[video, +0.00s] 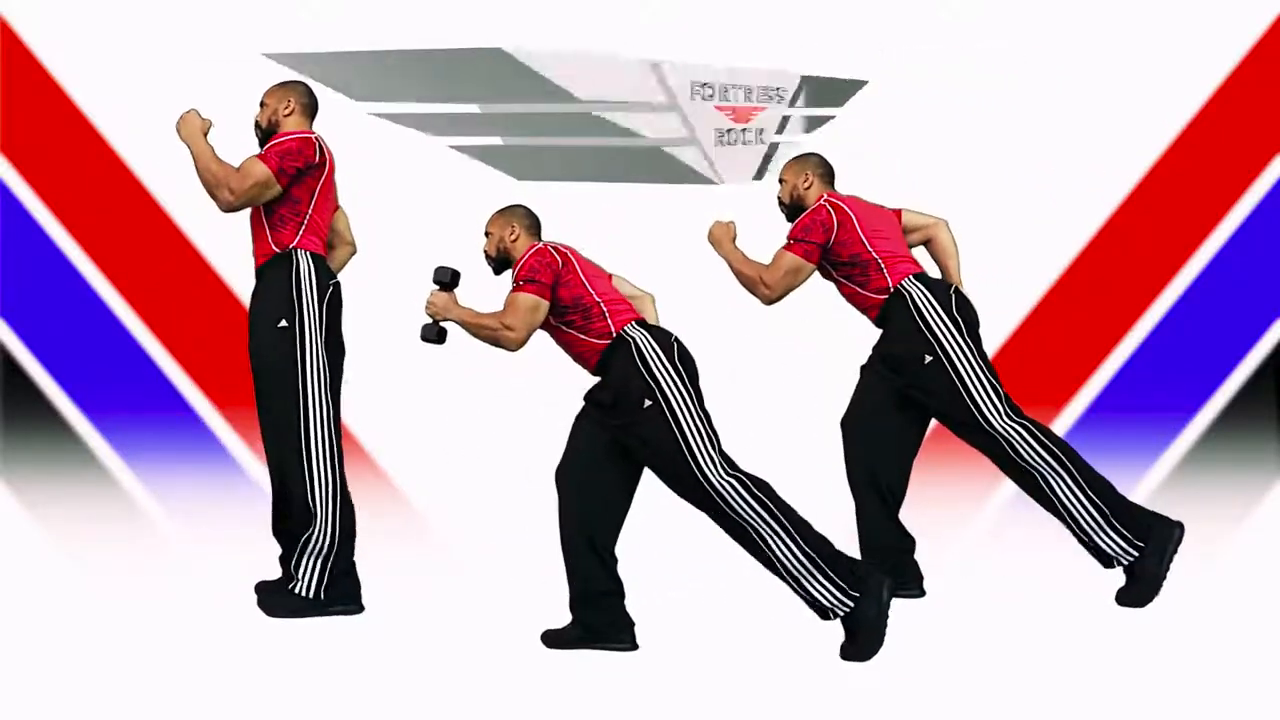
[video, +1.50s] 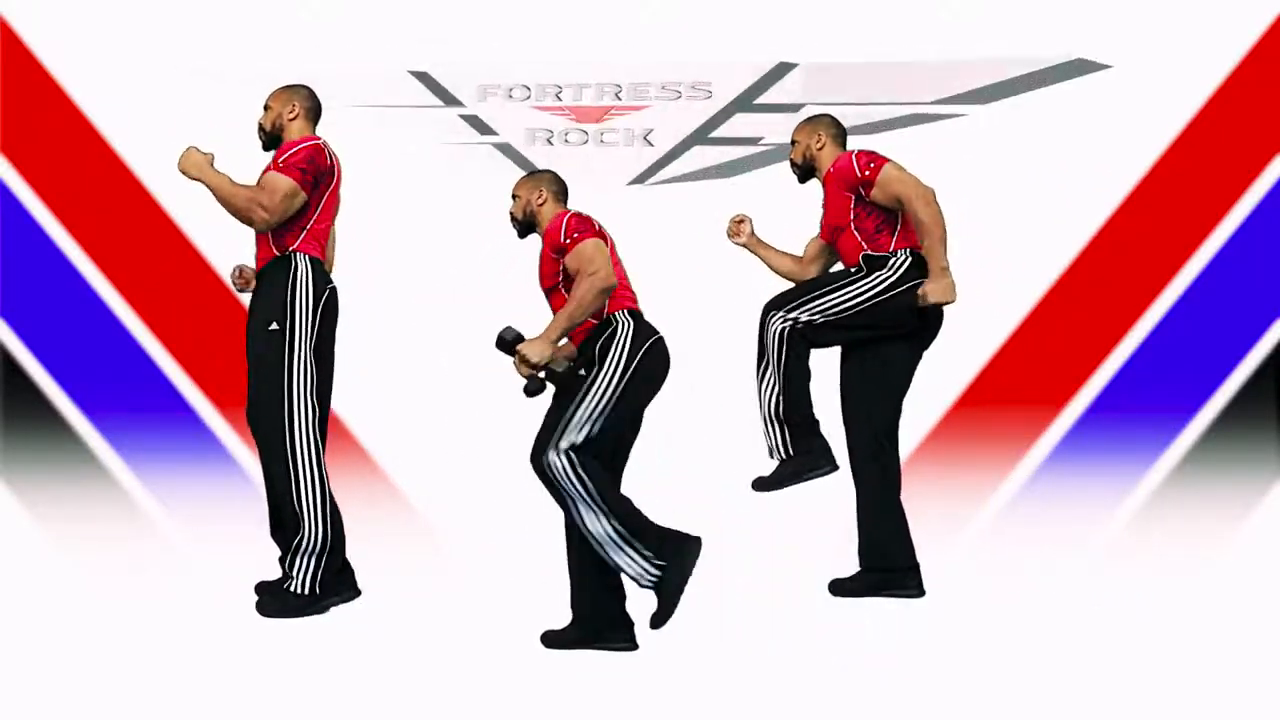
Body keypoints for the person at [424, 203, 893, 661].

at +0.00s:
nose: (484, 246)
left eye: (489, 235)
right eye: (485, 238)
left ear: (515, 231)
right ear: (525, 236)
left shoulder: (540, 258)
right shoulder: (562, 264)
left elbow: (512, 332)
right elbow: (641, 303)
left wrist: (454, 312)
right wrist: (651, 367)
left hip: (644, 360)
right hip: (621, 376)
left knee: (713, 482)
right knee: (581, 485)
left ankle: (851, 594)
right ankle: (602, 623)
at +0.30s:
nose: (484, 251)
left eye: (490, 241)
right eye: (485, 244)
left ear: (517, 237)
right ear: (525, 241)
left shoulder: (536, 269)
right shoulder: (563, 270)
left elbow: (509, 345)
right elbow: (643, 301)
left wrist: (450, 320)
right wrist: (661, 369)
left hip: (647, 365)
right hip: (624, 381)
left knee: (728, 486)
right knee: (582, 486)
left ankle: (866, 598)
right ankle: (601, 623)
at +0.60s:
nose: (483, 252)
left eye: (488, 242)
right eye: (483, 245)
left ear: (515, 238)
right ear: (522, 242)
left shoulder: (537, 270)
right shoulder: (562, 272)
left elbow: (511, 350)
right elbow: (643, 302)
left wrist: (448, 327)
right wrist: (658, 370)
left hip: (649, 367)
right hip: (623, 385)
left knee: (731, 490)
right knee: (580, 484)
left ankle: (874, 599)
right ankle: (600, 622)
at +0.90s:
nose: (483, 253)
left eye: (489, 243)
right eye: (484, 246)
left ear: (517, 240)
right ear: (523, 243)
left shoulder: (537, 271)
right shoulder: (564, 272)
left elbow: (511, 350)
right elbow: (643, 301)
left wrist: (449, 329)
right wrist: (665, 370)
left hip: (649, 366)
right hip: (627, 383)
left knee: (734, 490)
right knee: (584, 488)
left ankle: (870, 600)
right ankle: (601, 622)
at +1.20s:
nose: (485, 246)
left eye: (492, 236)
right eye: (486, 239)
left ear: (520, 233)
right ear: (524, 239)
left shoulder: (541, 265)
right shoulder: (562, 268)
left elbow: (523, 342)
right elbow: (640, 306)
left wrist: (458, 335)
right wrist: (643, 377)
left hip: (644, 368)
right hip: (618, 387)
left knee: (728, 491)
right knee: (578, 487)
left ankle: (866, 596)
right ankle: (601, 622)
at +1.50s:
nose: (511, 208)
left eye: (516, 198)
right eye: (511, 200)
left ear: (540, 196)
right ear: (542, 197)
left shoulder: (567, 222)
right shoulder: (559, 246)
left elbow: (599, 277)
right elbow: (583, 340)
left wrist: (549, 339)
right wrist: (549, 358)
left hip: (624, 341)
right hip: (607, 353)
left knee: (556, 455)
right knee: (588, 481)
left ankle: (663, 557)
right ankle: (600, 620)